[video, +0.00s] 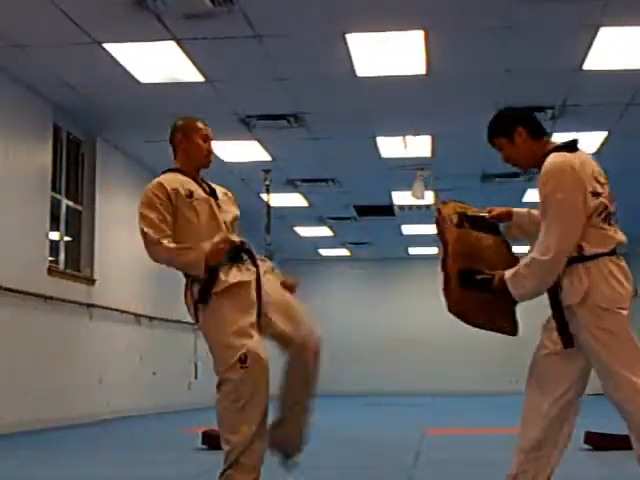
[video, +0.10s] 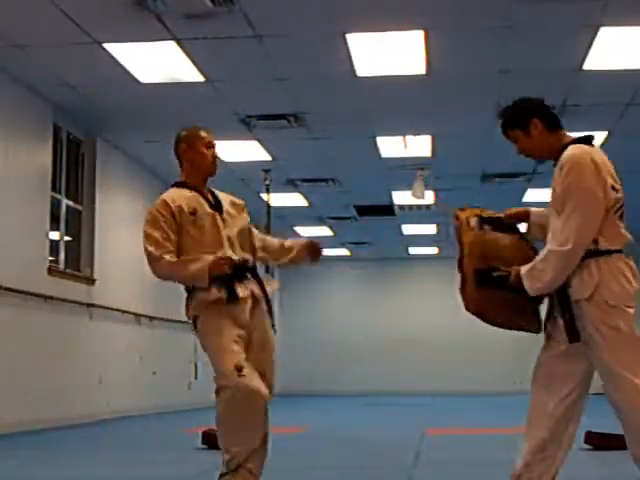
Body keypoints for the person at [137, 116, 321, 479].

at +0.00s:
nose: (211, 146)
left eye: (211, 140)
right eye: (203, 139)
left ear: (204, 146)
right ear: (180, 143)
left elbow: (234, 245)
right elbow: (157, 248)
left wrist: (274, 276)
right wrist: (203, 256)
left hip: (255, 277)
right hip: (217, 287)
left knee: (306, 339)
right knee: (245, 368)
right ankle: (240, 470)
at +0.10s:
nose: (216, 153)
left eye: (215, 147)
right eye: (208, 147)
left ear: (207, 155)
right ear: (185, 154)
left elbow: (256, 244)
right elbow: (160, 265)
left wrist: (298, 249)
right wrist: (205, 268)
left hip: (254, 301)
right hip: (214, 305)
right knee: (241, 388)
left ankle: (248, 470)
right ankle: (238, 471)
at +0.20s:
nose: (219, 154)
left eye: (218, 148)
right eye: (211, 148)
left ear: (213, 156)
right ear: (188, 154)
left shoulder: (229, 208)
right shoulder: (171, 204)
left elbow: (261, 241)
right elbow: (155, 261)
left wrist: (293, 230)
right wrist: (200, 267)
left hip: (242, 301)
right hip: (201, 300)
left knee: (254, 388)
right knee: (220, 366)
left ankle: (243, 465)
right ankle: (227, 464)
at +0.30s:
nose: (211, 138)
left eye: (211, 133)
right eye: (203, 132)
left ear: (207, 141)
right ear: (180, 137)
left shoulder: (216, 189)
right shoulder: (161, 183)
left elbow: (231, 234)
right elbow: (138, 237)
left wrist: (256, 226)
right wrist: (191, 247)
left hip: (219, 283)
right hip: (184, 280)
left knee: (233, 366)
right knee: (205, 354)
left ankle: (240, 466)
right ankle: (176, 465)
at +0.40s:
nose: (198, 140)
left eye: (198, 134)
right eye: (190, 132)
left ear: (190, 142)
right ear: (166, 137)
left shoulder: (196, 188)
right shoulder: (150, 178)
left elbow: (202, 234)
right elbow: (125, 232)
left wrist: (220, 239)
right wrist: (182, 243)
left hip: (204, 284)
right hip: (171, 280)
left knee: (221, 371)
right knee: (180, 367)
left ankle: (213, 466)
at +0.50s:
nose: (183, 155)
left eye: (183, 150)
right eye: (176, 148)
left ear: (165, 153)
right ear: (152, 151)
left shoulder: (168, 203)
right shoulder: (135, 194)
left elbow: (163, 255)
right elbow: (116, 246)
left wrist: (190, 261)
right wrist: (180, 251)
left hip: (186, 304)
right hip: (157, 302)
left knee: (208, 396)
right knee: (143, 392)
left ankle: (194, 472)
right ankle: (71, 454)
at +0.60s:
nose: (163, 160)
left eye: (163, 154)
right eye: (157, 152)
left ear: (139, 157)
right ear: (133, 155)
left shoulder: (142, 204)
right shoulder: (117, 192)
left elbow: (130, 264)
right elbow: (104, 240)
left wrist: (163, 269)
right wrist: (162, 239)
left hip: (150, 304)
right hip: (123, 304)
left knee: (179, 396)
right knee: (104, 396)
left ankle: (198, 471)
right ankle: (56, 471)